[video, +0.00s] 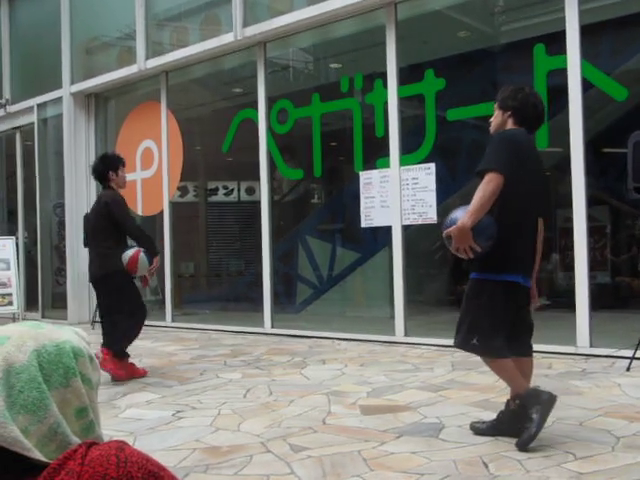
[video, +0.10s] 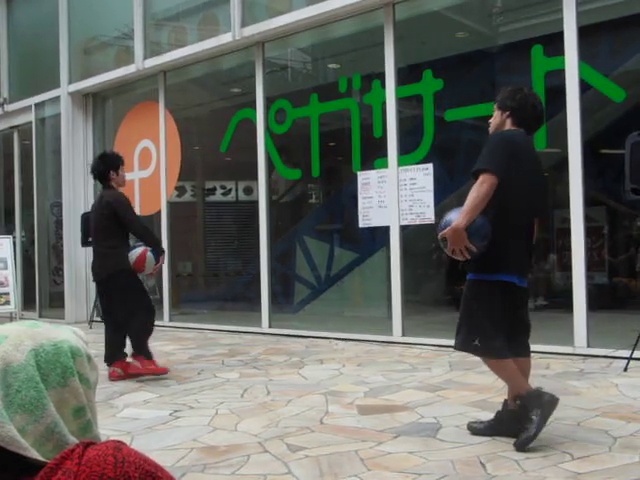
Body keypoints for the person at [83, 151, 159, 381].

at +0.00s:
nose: (125, 177)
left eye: (124, 172)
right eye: (122, 172)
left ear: (107, 177)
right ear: (112, 176)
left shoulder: (97, 205)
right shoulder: (113, 199)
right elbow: (131, 228)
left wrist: (121, 258)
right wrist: (153, 251)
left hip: (99, 270)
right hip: (113, 269)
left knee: (111, 313)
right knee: (137, 310)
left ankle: (120, 363)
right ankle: (111, 353)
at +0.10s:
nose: (125, 175)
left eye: (124, 170)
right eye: (122, 171)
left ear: (106, 176)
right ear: (112, 175)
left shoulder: (102, 200)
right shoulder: (116, 198)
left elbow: (110, 238)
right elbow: (135, 225)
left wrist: (130, 260)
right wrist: (157, 247)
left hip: (103, 268)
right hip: (118, 267)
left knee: (115, 315)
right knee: (144, 309)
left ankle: (116, 362)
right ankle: (142, 356)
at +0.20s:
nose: (125, 174)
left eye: (124, 170)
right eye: (123, 170)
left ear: (105, 175)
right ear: (115, 174)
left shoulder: (99, 202)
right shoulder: (120, 198)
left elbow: (108, 239)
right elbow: (141, 226)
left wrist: (133, 260)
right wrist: (162, 248)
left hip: (104, 270)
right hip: (122, 268)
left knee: (116, 315)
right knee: (146, 308)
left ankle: (115, 362)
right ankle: (167, 354)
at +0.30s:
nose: (127, 175)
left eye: (126, 171)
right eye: (125, 171)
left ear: (107, 176)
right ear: (118, 174)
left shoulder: (100, 202)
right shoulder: (125, 199)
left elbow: (106, 239)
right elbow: (146, 227)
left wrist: (134, 257)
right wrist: (165, 250)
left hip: (105, 272)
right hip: (126, 269)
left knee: (116, 316)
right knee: (150, 308)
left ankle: (115, 361)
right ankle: (172, 347)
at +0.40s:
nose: (129, 177)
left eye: (128, 172)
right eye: (127, 173)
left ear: (107, 177)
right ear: (121, 176)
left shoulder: (101, 203)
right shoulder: (129, 201)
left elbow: (107, 239)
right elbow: (147, 229)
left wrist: (137, 260)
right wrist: (166, 251)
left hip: (106, 270)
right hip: (128, 268)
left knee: (114, 313)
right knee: (145, 306)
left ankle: (114, 358)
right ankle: (161, 343)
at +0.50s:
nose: (131, 180)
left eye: (129, 176)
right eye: (129, 176)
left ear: (108, 181)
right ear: (124, 180)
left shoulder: (101, 207)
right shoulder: (131, 205)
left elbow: (105, 240)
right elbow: (151, 232)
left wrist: (135, 255)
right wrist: (168, 253)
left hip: (106, 271)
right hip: (129, 270)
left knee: (111, 313)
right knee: (141, 306)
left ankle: (113, 358)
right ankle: (144, 348)